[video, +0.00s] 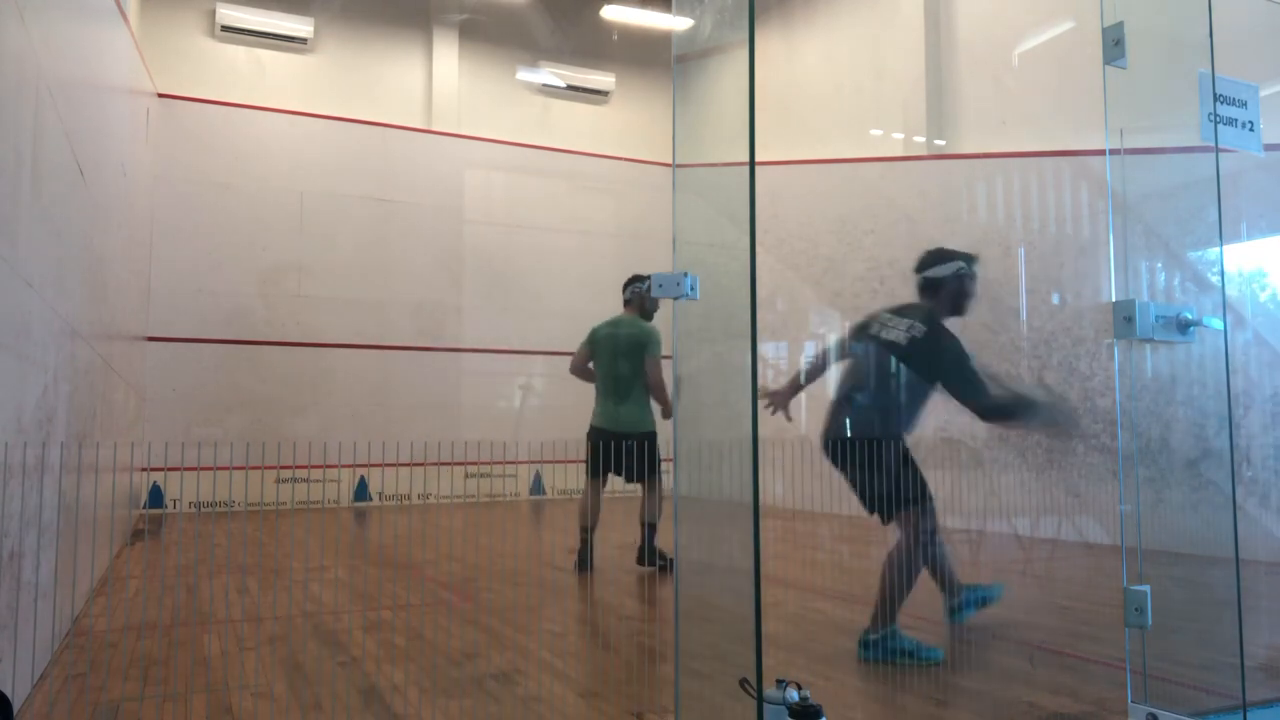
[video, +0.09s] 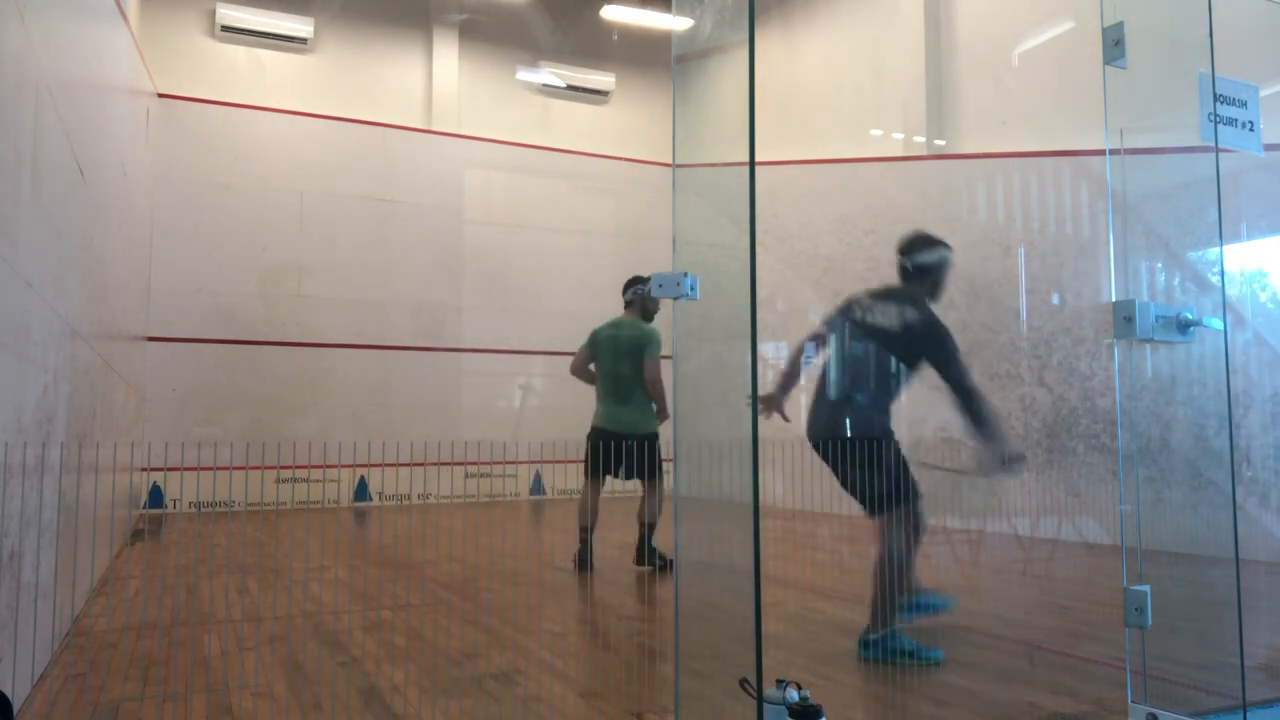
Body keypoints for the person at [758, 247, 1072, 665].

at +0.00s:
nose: (972, 292)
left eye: (971, 283)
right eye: (966, 283)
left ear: (928, 287)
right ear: (946, 288)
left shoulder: (883, 319)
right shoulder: (938, 341)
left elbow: (830, 353)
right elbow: (987, 406)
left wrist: (789, 389)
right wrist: (1042, 409)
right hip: (876, 441)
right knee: (917, 527)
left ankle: (955, 594)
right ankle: (879, 633)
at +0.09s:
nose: (945, 280)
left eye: (944, 271)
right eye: (944, 272)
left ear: (903, 268)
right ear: (935, 275)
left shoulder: (861, 302)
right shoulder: (924, 323)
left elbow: (809, 345)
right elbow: (965, 390)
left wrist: (779, 392)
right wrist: (998, 446)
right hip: (864, 431)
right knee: (902, 522)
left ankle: (902, 592)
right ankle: (880, 631)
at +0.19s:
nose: (915, 252)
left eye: (906, 244)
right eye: (915, 245)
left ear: (877, 243)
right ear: (914, 248)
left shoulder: (839, 282)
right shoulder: (912, 304)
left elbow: (788, 324)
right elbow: (917, 380)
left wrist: (757, 368)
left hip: (812, 412)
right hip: (856, 418)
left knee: (850, 494)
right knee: (870, 511)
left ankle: (840, 586)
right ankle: (871, 623)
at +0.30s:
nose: (884, 254)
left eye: (871, 246)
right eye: (887, 248)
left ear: (851, 245)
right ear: (888, 250)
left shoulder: (817, 286)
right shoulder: (894, 303)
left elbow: (759, 325)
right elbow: (895, 383)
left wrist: (713, 366)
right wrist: (892, 445)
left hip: (797, 414)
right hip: (849, 420)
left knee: (800, 497)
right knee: (857, 519)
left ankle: (779, 584)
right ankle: (838, 624)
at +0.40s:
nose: (840, 272)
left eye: (832, 265)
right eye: (846, 265)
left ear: (818, 263)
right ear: (856, 266)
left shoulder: (790, 304)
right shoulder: (870, 315)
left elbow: (737, 332)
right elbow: (881, 390)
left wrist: (692, 359)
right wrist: (885, 451)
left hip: (782, 431)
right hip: (837, 435)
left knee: (758, 510)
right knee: (851, 527)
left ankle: (732, 589)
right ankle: (835, 630)